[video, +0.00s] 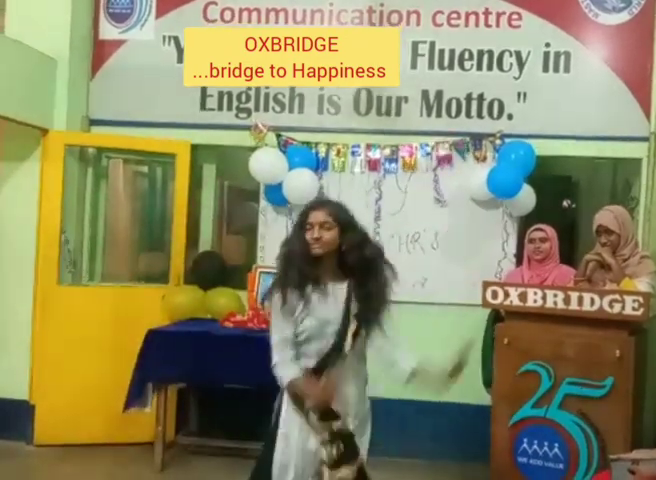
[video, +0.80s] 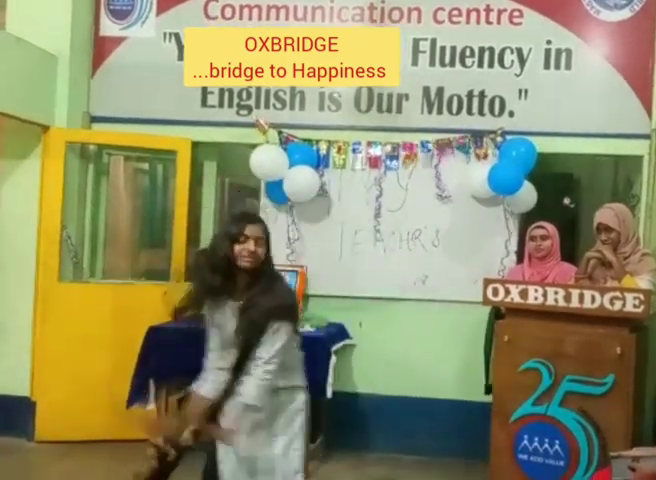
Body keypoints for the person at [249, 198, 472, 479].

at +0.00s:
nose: (315, 235)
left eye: (326, 227)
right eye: (309, 228)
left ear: (344, 233)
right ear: (302, 234)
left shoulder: (361, 285)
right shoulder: (287, 289)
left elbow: (383, 344)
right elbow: (281, 355)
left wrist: (436, 374)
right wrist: (306, 389)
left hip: (347, 396)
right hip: (299, 396)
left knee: (345, 470)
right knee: (294, 468)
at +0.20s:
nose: (290, 216)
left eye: (302, 211)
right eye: (285, 207)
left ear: (316, 221)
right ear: (275, 212)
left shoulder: (319, 274)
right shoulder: (251, 260)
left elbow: (304, 339)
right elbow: (223, 315)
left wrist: (262, 383)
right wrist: (193, 375)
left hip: (292, 377)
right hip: (241, 372)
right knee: (229, 454)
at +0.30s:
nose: (268, 208)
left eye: (280, 204)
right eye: (264, 200)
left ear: (296, 213)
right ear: (255, 204)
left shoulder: (302, 261)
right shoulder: (239, 254)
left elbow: (279, 315)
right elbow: (202, 292)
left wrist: (230, 316)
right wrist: (161, 313)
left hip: (278, 377)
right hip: (235, 372)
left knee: (273, 462)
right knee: (216, 459)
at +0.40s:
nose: (253, 207)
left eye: (264, 202)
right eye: (248, 199)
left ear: (280, 209)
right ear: (239, 203)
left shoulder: (292, 255)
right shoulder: (230, 251)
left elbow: (257, 293)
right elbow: (179, 291)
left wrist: (213, 270)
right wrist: (130, 275)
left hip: (263, 371)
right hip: (222, 364)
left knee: (253, 456)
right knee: (206, 452)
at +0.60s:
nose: (250, 220)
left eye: (260, 213)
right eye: (242, 209)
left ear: (268, 219)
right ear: (227, 212)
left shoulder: (269, 260)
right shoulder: (215, 257)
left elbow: (243, 316)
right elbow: (174, 313)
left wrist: (201, 284)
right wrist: (136, 285)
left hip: (258, 384)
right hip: (220, 379)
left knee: (249, 468)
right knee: (216, 463)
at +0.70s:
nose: (251, 245)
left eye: (259, 238)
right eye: (243, 235)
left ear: (265, 244)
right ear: (225, 236)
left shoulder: (263, 290)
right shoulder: (204, 285)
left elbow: (245, 359)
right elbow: (192, 342)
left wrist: (184, 364)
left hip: (261, 411)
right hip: (219, 405)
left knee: (257, 474)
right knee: (211, 472)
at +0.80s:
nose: (251, 249)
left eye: (259, 242)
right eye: (242, 241)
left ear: (267, 248)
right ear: (227, 246)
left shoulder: (277, 298)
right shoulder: (217, 293)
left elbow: (263, 369)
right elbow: (217, 362)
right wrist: (193, 414)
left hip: (280, 405)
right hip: (234, 400)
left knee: (273, 472)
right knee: (230, 471)